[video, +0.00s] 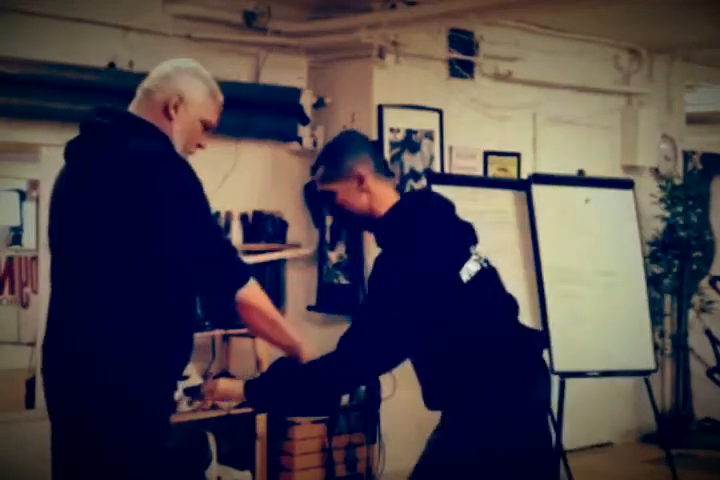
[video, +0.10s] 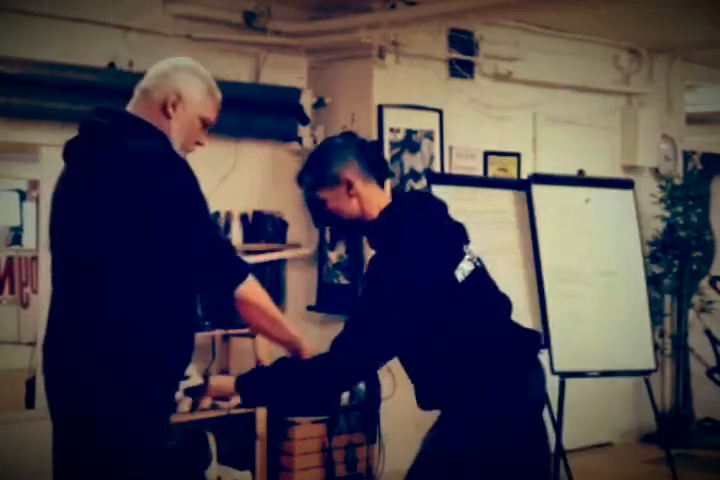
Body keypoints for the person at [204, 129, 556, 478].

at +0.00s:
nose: (336, 210)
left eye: (335, 197)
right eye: (331, 200)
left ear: (362, 179)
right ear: (366, 176)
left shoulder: (406, 251)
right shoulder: (431, 212)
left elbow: (355, 363)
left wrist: (251, 392)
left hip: (482, 406)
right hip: (518, 385)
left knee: (429, 472)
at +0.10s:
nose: (327, 215)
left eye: (325, 202)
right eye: (321, 205)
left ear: (349, 183)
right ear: (359, 179)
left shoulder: (401, 247)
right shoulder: (423, 213)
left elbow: (345, 368)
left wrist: (243, 387)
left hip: (483, 404)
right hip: (511, 383)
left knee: (423, 476)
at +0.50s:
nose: (352, 190)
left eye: (353, 177)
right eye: (348, 179)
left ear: (385, 165)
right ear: (387, 163)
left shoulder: (426, 238)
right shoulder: (449, 199)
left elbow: (372, 348)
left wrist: (271, 371)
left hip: (488, 395)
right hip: (522, 376)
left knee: (438, 472)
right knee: (529, 470)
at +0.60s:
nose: (378, 180)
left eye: (382, 167)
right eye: (375, 169)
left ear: (415, 156)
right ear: (418, 157)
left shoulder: (449, 230)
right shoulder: (474, 199)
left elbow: (392, 339)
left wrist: (296, 384)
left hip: (499, 396)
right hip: (533, 382)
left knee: (448, 472)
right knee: (546, 473)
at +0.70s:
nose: (410, 169)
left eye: (418, 156)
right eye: (408, 159)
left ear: (455, 151)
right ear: (456, 153)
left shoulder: (481, 221)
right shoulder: (508, 198)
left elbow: (425, 335)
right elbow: (552, 307)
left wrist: (342, 405)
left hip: (510, 398)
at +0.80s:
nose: (452, 158)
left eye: (460, 145)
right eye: (453, 147)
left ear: (497, 146)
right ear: (496, 147)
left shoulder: (514, 216)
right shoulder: (539, 202)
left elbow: (479, 345)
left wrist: (398, 412)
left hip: (539, 396)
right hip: (569, 385)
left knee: (498, 472)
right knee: (574, 473)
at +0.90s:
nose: (485, 148)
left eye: (493, 135)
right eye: (486, 137)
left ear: (531, 139)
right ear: (530, 141)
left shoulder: (543, 209)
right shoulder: (567, 197)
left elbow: (533, 347)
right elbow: (557, 295)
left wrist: (463, 402)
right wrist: (499, 311)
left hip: (554, 395)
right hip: (584, 382)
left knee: (525, 471)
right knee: (581, 470)